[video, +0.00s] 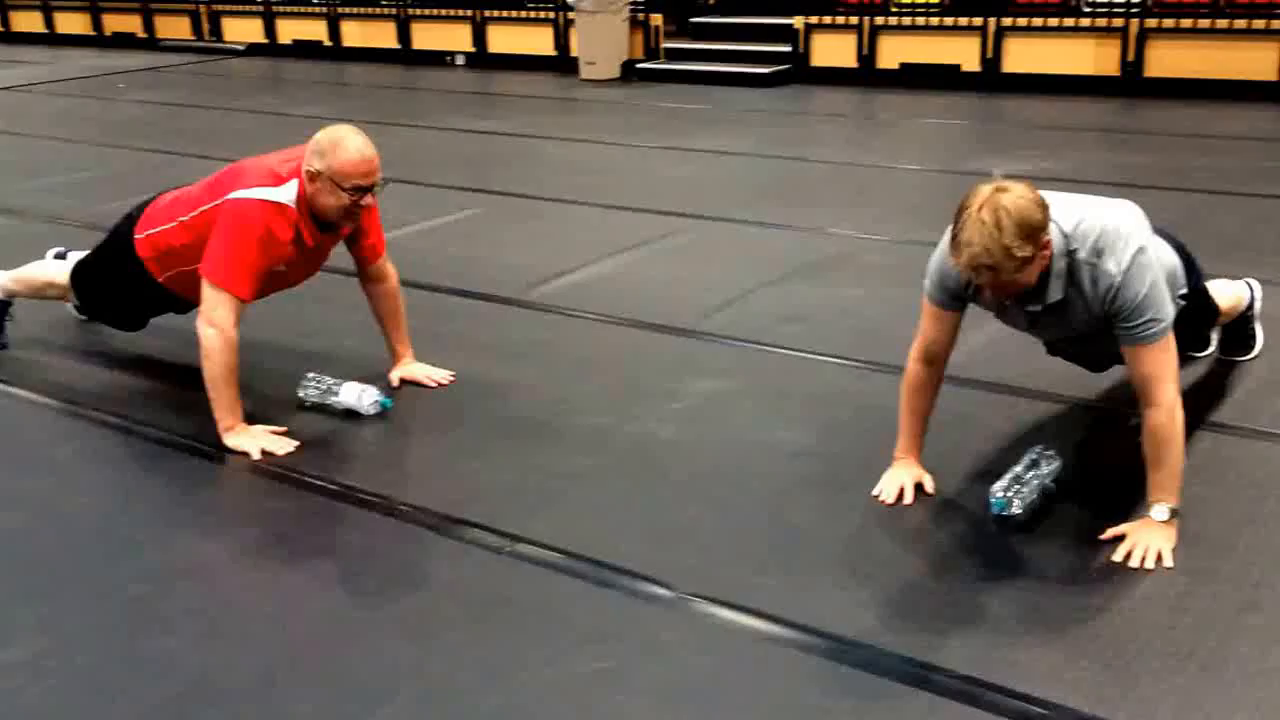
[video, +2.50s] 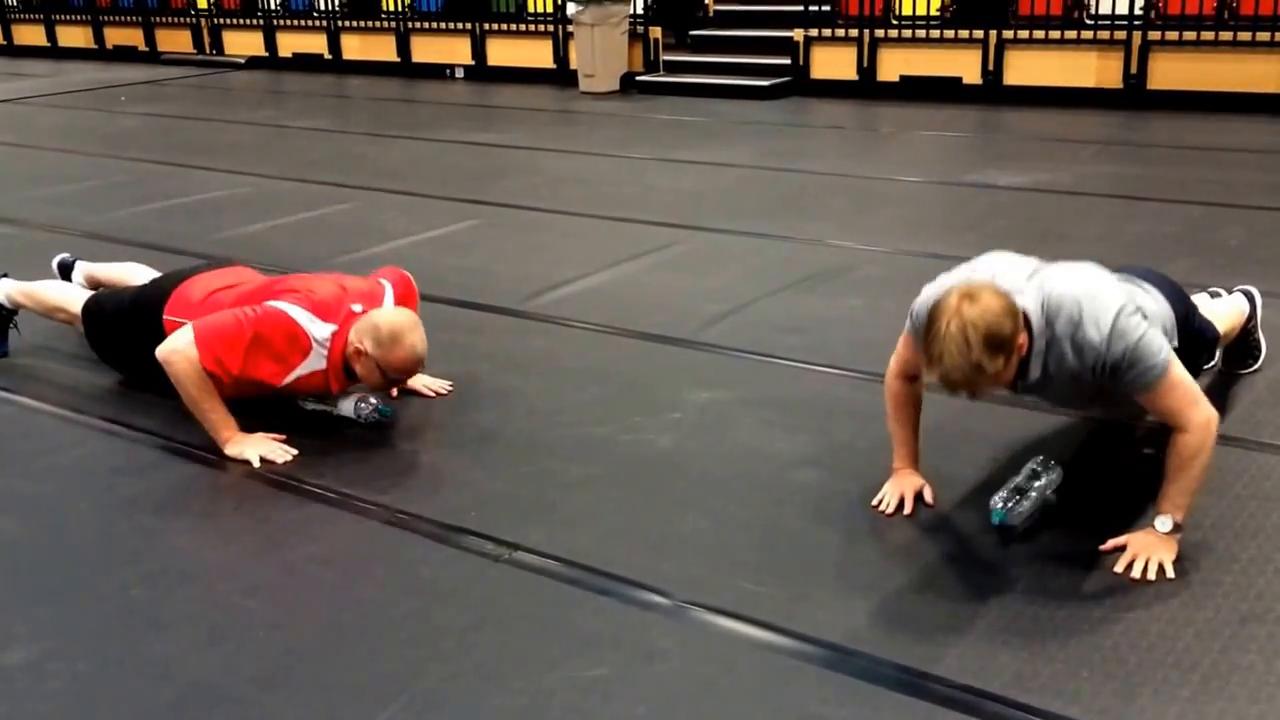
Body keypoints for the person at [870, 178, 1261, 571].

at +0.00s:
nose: (990, 293)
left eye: (1002, 282)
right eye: (980, 280)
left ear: (1041, 254)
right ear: (967, 255)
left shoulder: (1125, 266)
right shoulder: (957, 258)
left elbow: (1161, 400)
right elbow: (926, 357)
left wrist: (1160, 514)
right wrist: (906, 457)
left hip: (1154, 299)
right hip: (1070, 331)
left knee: (1194, 322)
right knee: (1111, 358)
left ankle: (1240, 297)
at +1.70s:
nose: (995, 310)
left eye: (1006, 298)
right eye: (982, 301)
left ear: (1039, 266)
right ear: (965, 272)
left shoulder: (1126, 283)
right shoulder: (954, 278)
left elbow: (1179, 410)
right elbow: (918, 368)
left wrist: (1164, 522)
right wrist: (906, 465)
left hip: (1154, 315)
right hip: (1078, 351)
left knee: (1202, 319)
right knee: (1156, 351)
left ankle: (1244, 306)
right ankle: (1191, 344)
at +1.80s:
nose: (990, 355)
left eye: (1001, 345)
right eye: (976, 346)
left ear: (1032, 309)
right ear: (961, 320)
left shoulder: (1122, 312)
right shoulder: (946, 300)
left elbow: (1204, 417)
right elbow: (908, 369)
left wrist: (1167, 524)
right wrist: (904, 464)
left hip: (1162, 311)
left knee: (1209, 319)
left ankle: (1245, 304)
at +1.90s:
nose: (978, 405)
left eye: (991, 394)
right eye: (968, 395)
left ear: (1025, 361)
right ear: (952, 362)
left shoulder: (1118, 348)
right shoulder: (945, 322)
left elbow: (1218, 425)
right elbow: (899, 373)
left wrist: (1168, 524)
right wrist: (905, 465)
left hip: (1158, 317)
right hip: (1078, 296)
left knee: (1206, 332)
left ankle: (1241, 302)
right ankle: (1203, 299)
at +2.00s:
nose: (975, 453)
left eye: (984, 444)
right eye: (964, 444)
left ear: (1018, 411)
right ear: (943, 390)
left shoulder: (1104, 384)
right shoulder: (952, 346)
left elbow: (1225, 429)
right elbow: (892, 374)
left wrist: (1167, 526)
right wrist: (903, 466)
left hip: (1147, 340)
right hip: (1068, 315)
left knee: (1203, 340)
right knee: (1148, 314)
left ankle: (1241, 302)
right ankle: (1206, 295)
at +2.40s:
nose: (968, 447)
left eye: (975, 439)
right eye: (957, 440)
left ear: (1010, 404)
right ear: (934, 391)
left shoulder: (1102, 376)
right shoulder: (942, 338)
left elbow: (1216, 429)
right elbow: (891, 377)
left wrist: (1165, 527)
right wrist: (904, 467)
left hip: (1152, 335)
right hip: (1069, 309)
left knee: (1203, 337)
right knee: (1154, 312)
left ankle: (1242, 305)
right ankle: (1211, 298)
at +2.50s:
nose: (970, 396)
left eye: (980, 385)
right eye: (960, 388)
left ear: (1015, 349)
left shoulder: (1109, 333)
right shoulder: (934, 310)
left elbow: (1200, 421)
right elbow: (902, 373)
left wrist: (1164, 528)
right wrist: (904, 467)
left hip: (1161, 314)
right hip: (1084, 300)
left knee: (1208, 324)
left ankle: (1244, 306)